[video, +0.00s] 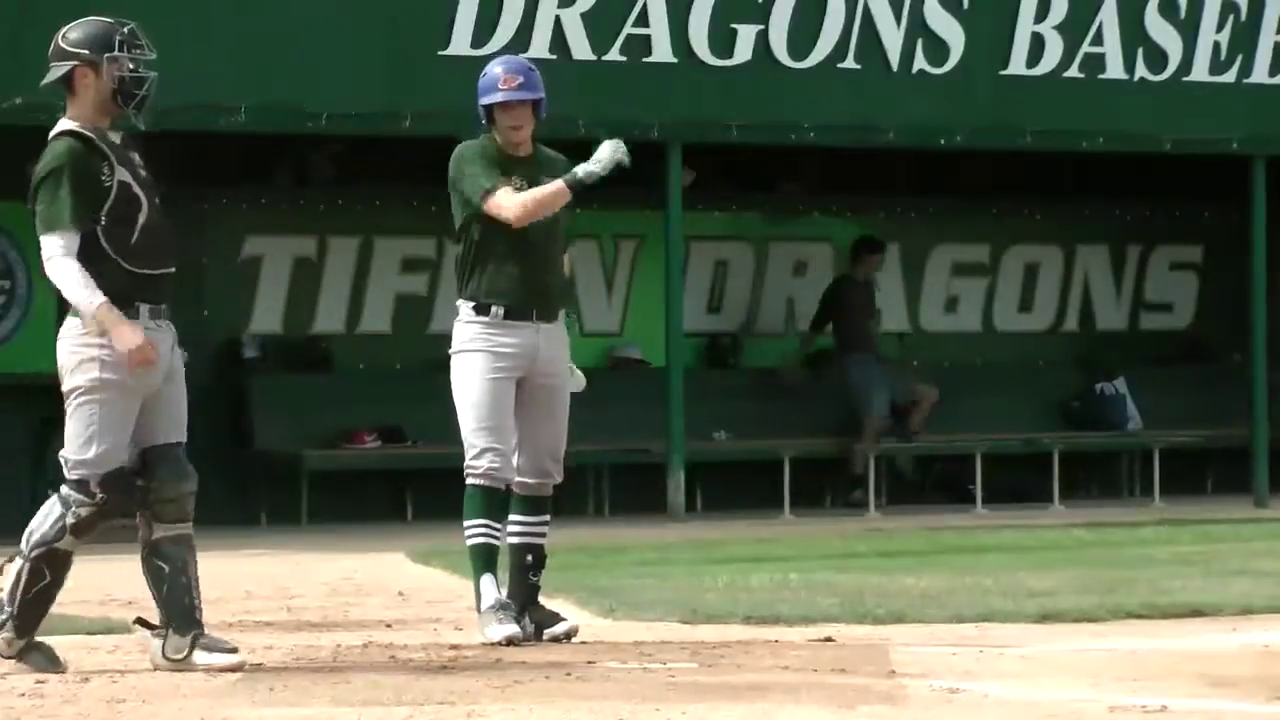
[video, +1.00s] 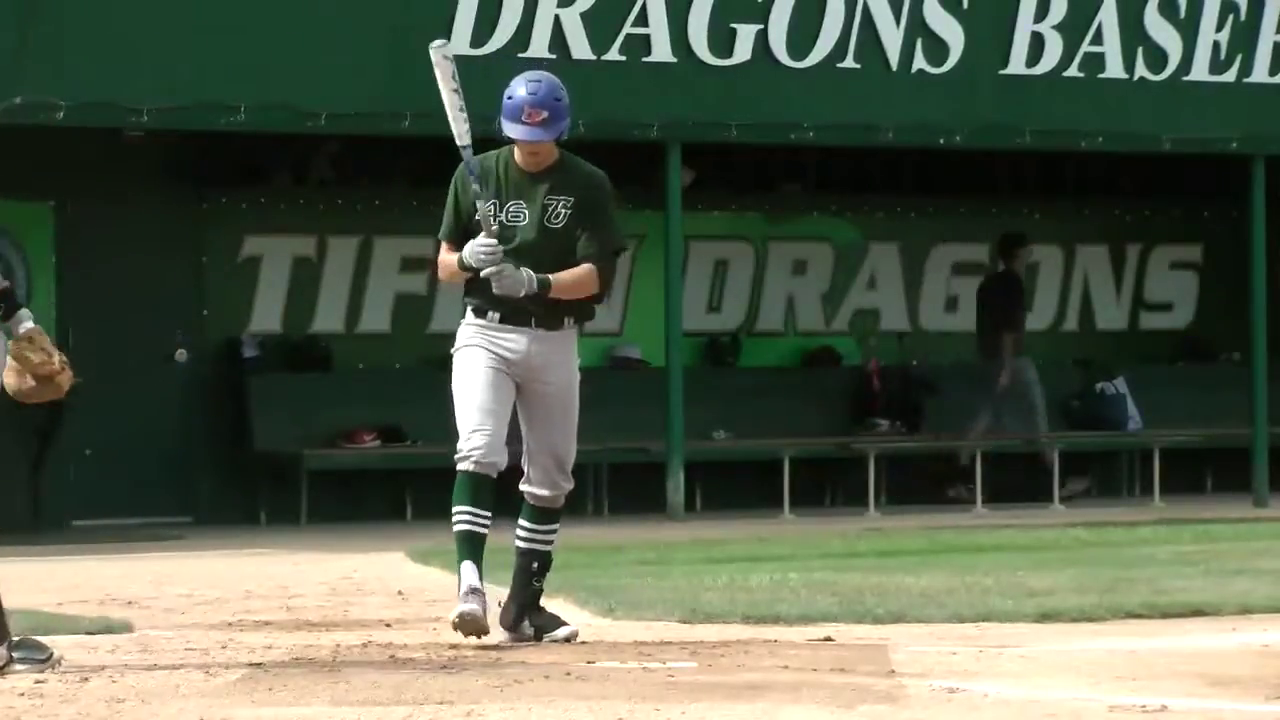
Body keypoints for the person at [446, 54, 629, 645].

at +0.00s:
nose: (515, 119)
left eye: (524, 108)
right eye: (504, 109)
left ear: (539, 108)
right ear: (486, 112)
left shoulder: (556, 168)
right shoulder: (470, 158)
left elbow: (556, 261)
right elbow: (514, 209)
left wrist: (566, 346)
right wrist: (582, 175)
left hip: (547, 335)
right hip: (486, 335)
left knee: (539, 471)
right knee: (488, 464)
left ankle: (526, 604)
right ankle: (491, 604)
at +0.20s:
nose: (522, 126)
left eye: (532, 114)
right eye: (511, 116)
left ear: (548, 112)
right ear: (495, 115)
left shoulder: (570, 173)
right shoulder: (468, 172)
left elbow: (563, 261)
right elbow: (444, 260)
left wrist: (567, 346)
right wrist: (503, 288)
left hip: (553, 336)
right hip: (489, 337)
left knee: (542, 470)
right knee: (490, 463)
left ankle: (525, 605)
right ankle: (490, 604)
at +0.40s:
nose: (528, 133)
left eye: (538, 122)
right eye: (517, 122)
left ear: (556, 116)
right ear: (501, 117)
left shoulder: (583, 178)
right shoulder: (468, 172)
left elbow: (596, 264)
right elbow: (419, 248)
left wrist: (602, 336)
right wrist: (449, 283)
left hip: (558, 340)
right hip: (489, 337)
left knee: (541, 473)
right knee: (489, 465)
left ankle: (526, 605)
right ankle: (490, 604)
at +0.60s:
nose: (529, 133)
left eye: (539, 123)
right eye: (520, 123)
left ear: (558, 116)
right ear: (505, 115)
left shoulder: (589, 178)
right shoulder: (471, 171)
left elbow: (612, 260)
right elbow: (437, 253)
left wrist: (603, 300)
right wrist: (461, 265)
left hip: (556, 340)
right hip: (488, 337)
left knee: (545, 473)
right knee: (492, 464)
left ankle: (527, 604)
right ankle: (490, 604)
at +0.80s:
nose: (530, 138)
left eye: (540, 129)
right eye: (522, 127)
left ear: (560, 122)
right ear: (507, 120)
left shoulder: (591, 182)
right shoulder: (475, 174)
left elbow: (613, 265)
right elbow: (449, 265)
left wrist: (568, 289)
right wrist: (478, 264)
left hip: (554, 343)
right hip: (486, 337)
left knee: (550, 475)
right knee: (490, 457)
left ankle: (525, 604)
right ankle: (486, 599)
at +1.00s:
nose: (531, 144)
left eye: (542, 134)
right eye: (522, 132)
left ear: (561, 128)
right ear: (507, 124)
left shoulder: (588, 185)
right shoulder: (474, 176)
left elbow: (598, 275)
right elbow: (445, 267)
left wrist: (534, 282)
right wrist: (466, 260)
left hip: (553, 345)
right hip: (483, 338)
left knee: (550, 477)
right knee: (481, 454)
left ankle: (523, 607)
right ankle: (472, 591)